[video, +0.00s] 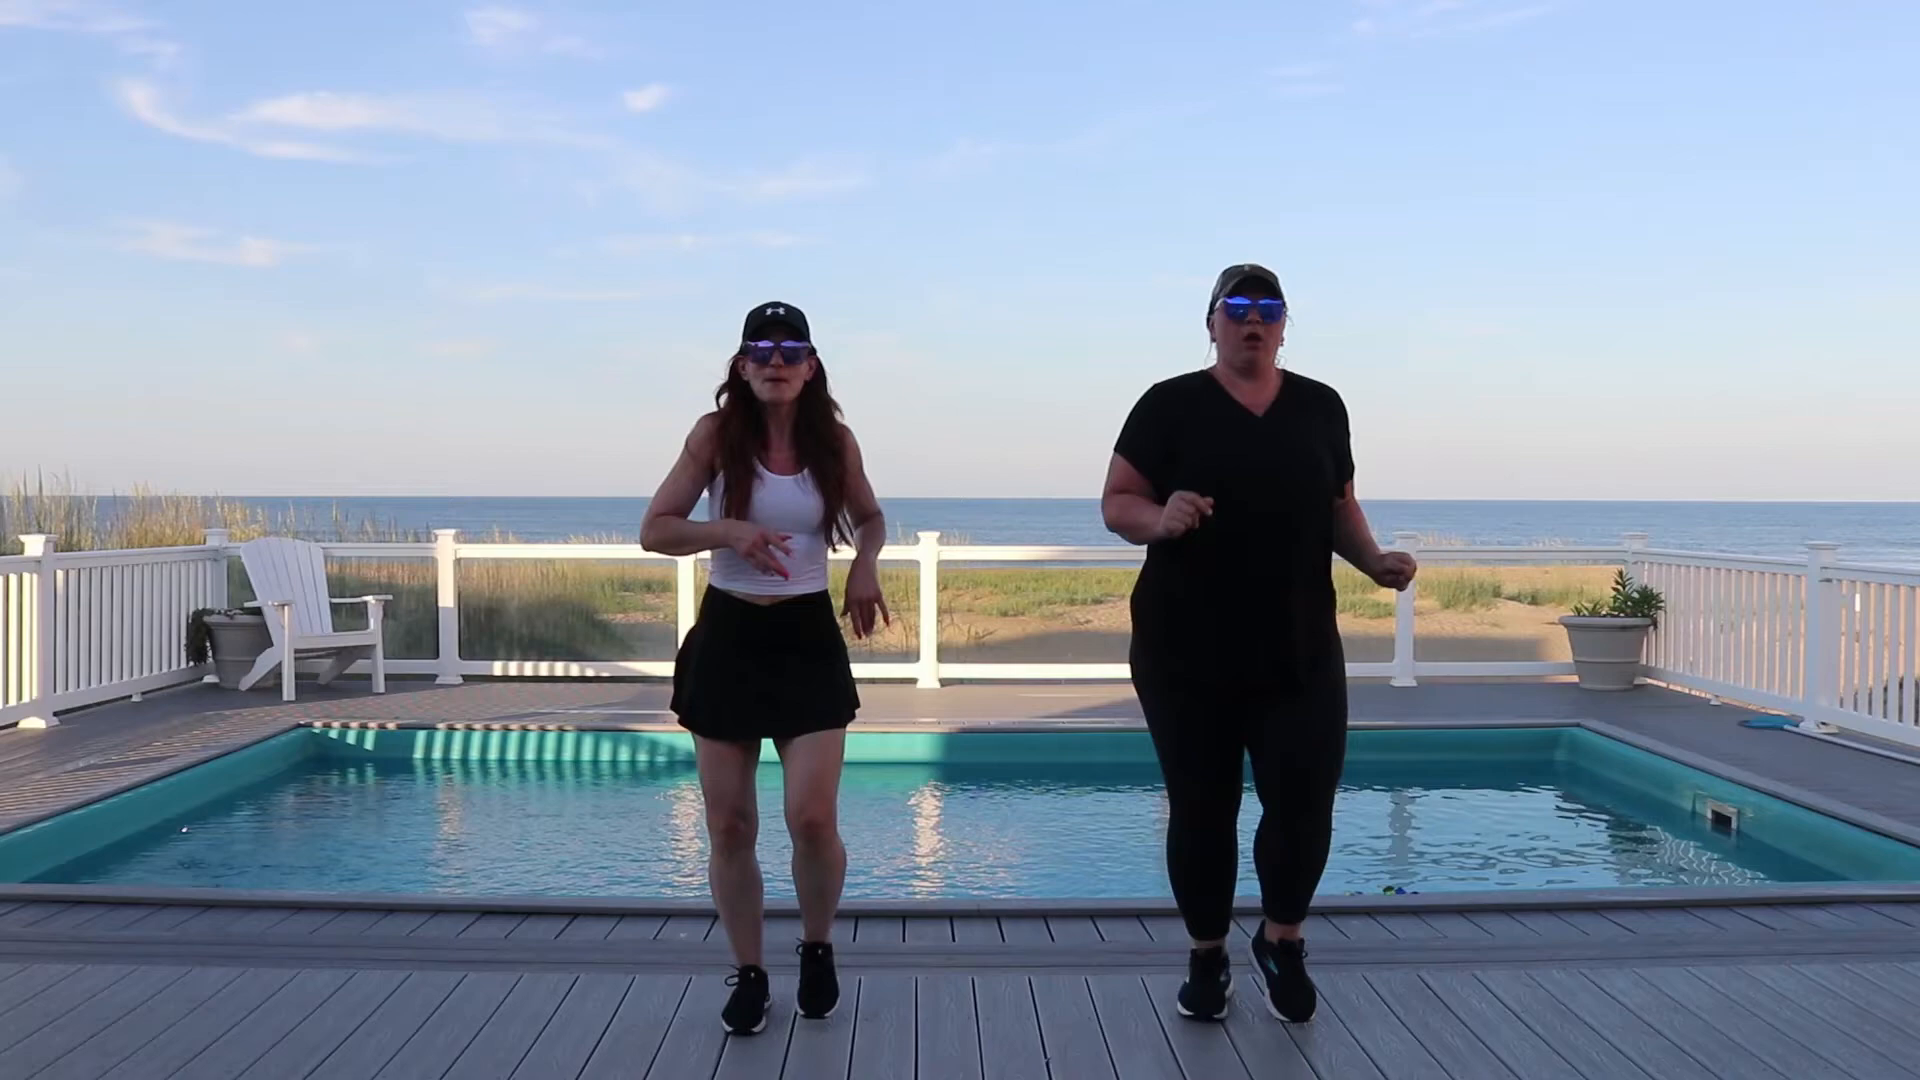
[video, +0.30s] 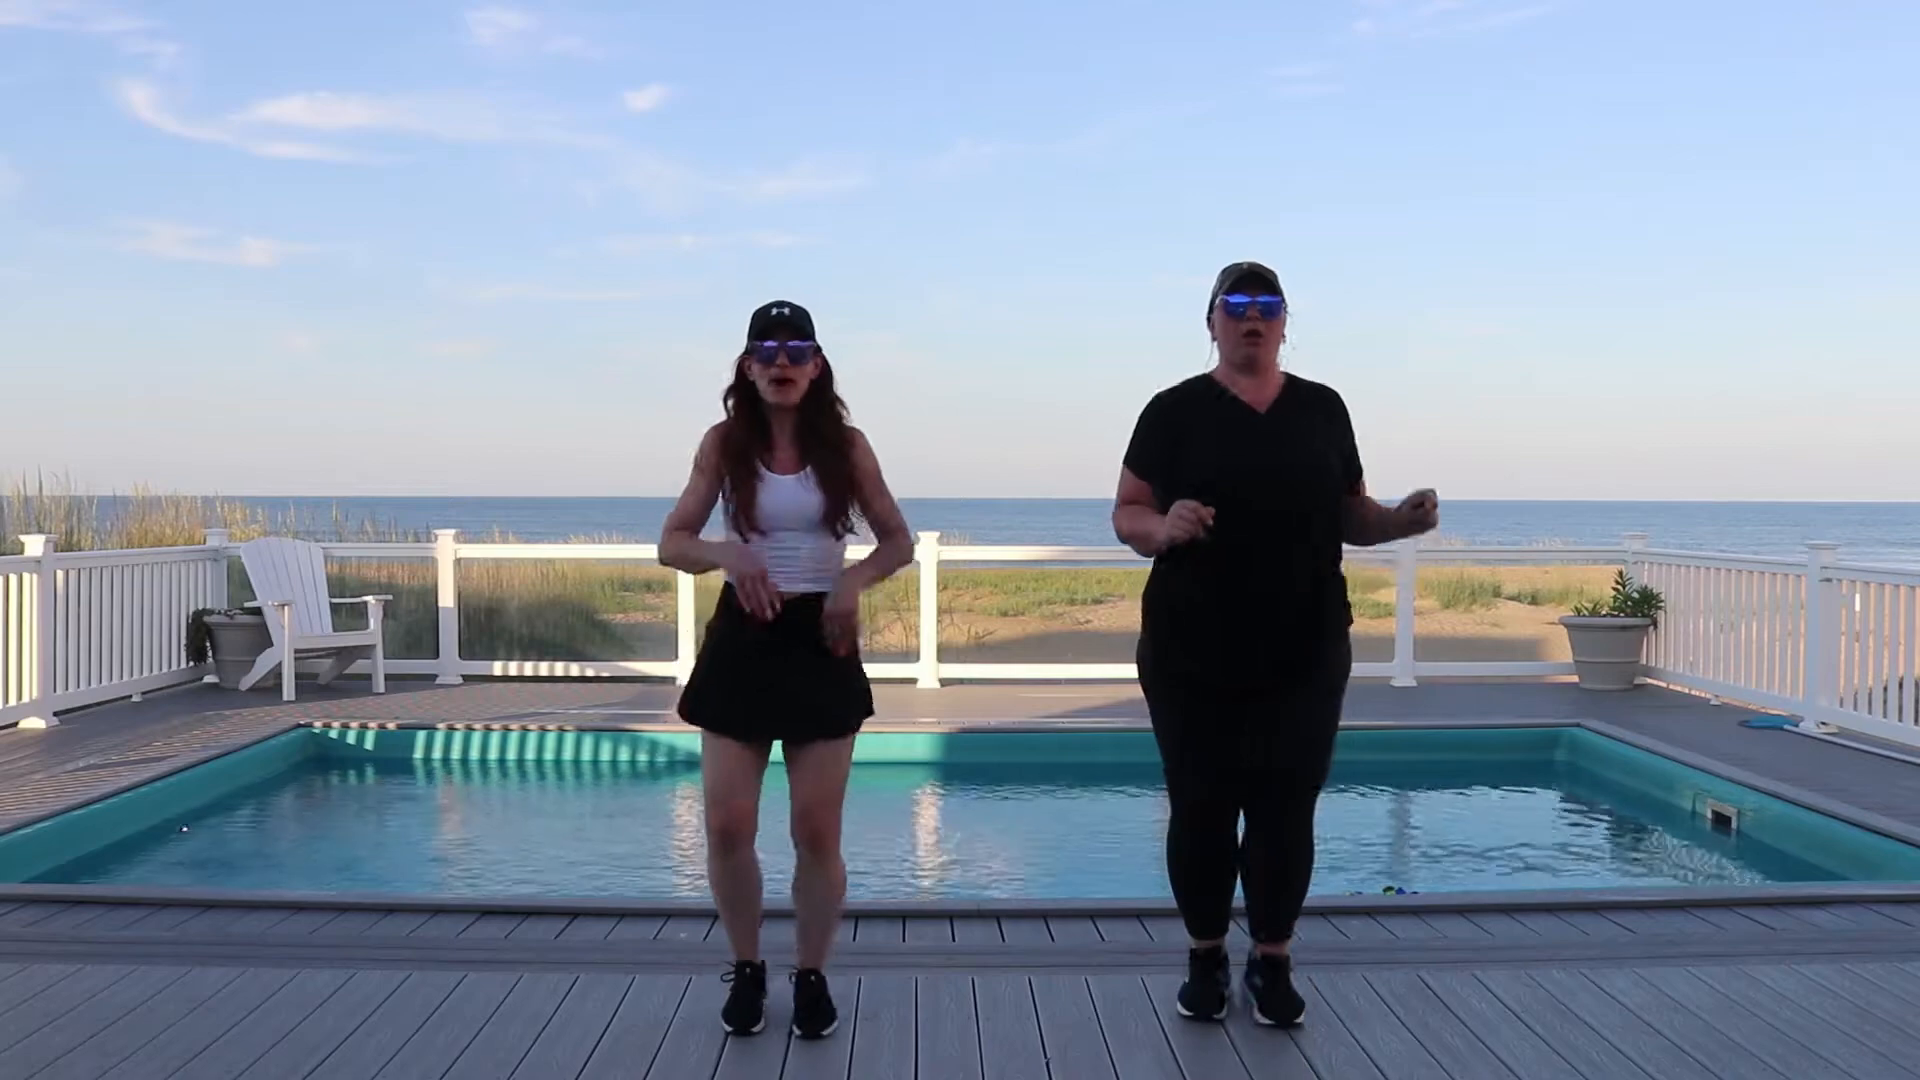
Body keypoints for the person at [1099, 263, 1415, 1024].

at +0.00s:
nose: (1255, 322)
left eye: (1268, 311)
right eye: (1239, 311)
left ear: (1284, 325)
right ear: (1212, 323)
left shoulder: (1320, 408)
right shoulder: (1166, 406)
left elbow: (1339, 506)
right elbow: (1118, 505)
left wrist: (1373, 556)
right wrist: (1159, 519)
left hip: (1298, 644)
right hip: (1189, 648)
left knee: (1305, 803)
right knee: (1201, 808)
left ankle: (1282, 942)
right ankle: (1208, 954)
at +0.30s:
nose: (1253, 320)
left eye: (1266, 309)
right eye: (1238, 309)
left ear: (1284, 323)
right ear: (1213, 323)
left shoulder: (1323, 409)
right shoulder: (1171, 412)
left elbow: (1348, 516)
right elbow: (1129, 518)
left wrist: (1397, 520)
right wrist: (1161, 527)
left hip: (1301, 652)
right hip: (1194, 651)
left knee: (1286, 814)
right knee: (1200, 812)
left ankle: (1273, 960)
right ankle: (1206, 957)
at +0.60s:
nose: (1253, 317)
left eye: (1267, 307)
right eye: (1238, 307)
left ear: (1286, 322)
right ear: (1215, 321)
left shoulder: (1328, 402)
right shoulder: (1172, 408)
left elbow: (1378, 516)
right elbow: (1127, 496)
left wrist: (1371, 468)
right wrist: (1133, 540)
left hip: (1304, 638)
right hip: (1198, 639)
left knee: (1283, 803)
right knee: (1219, 798)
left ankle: (1271, 958)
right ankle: (1202, 945)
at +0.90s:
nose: (1238, 315)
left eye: (1253, 305)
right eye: (1224, 304)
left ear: (1274, 322)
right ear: (1201, 321)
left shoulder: (1314, 411)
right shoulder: (1158, 406)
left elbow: (1344, 494)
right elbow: (1104, 499)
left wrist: (1347, 534)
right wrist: (1139, 539)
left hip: (1290, 638)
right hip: (1180, 643)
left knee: (1310, 795)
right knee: (1195, 802)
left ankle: (1278, 940)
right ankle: (1199, 956)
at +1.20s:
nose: (1245, 315)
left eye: (1259, 304)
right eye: (1231, 304)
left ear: (1279, 320)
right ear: (1206, 321)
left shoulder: (1321, 410)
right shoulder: (1165, 410)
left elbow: (1347, 518)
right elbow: (1118, 505)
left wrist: (1391, 503)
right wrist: (1129, 554)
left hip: (1296, 646)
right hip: (1189, 644)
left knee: (1279, 809)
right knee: (1197, 805)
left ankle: (1262, 956)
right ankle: (1198, 956)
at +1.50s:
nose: (1246, 319)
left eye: (1259, 309)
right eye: (1232, 308)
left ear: (1279, 323)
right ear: (1207, 324)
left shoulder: (1322, 405)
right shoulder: (1165, 405)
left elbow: (1362, 508)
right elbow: (1119, 484)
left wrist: (1416, 464)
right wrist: (1124, 536)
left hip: (1292, 643)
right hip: (1186, 640)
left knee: (1275, 805)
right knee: (1194, 803)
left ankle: (1261, 955)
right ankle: (1198, 945)